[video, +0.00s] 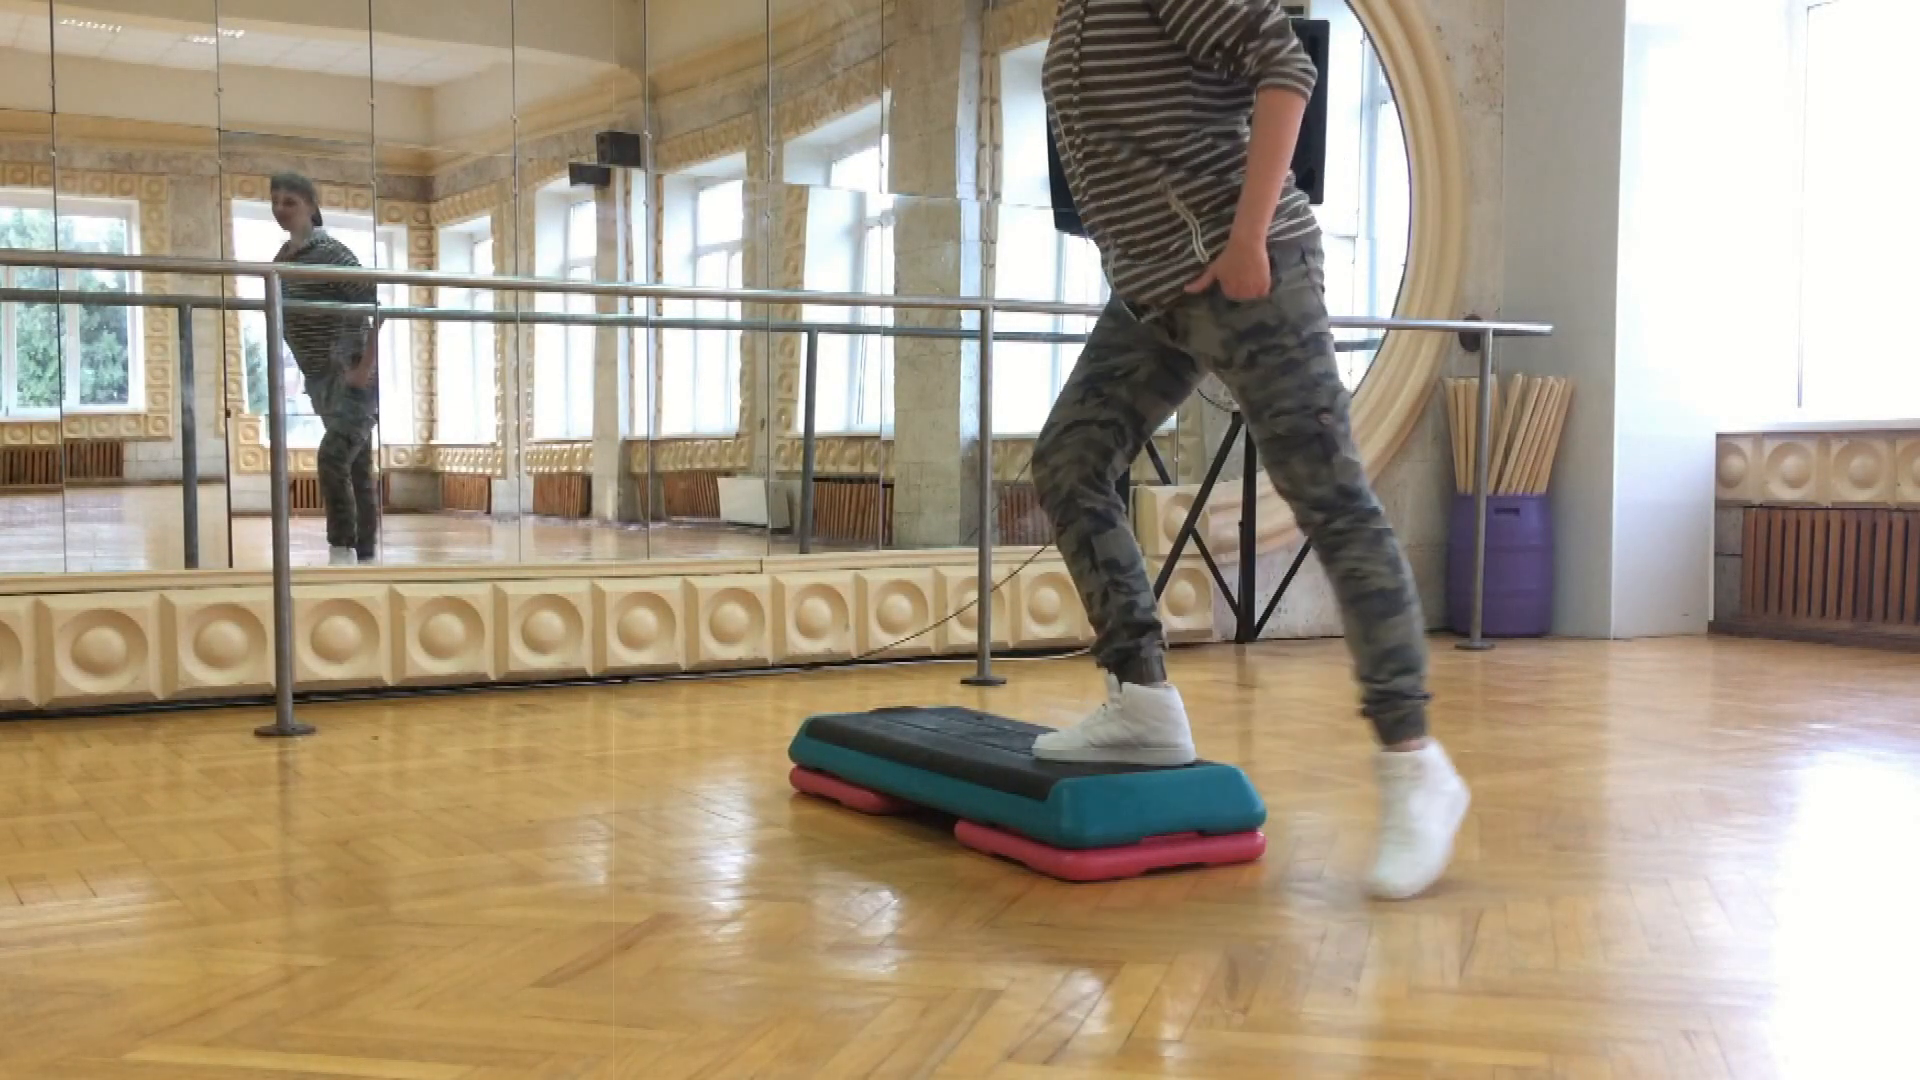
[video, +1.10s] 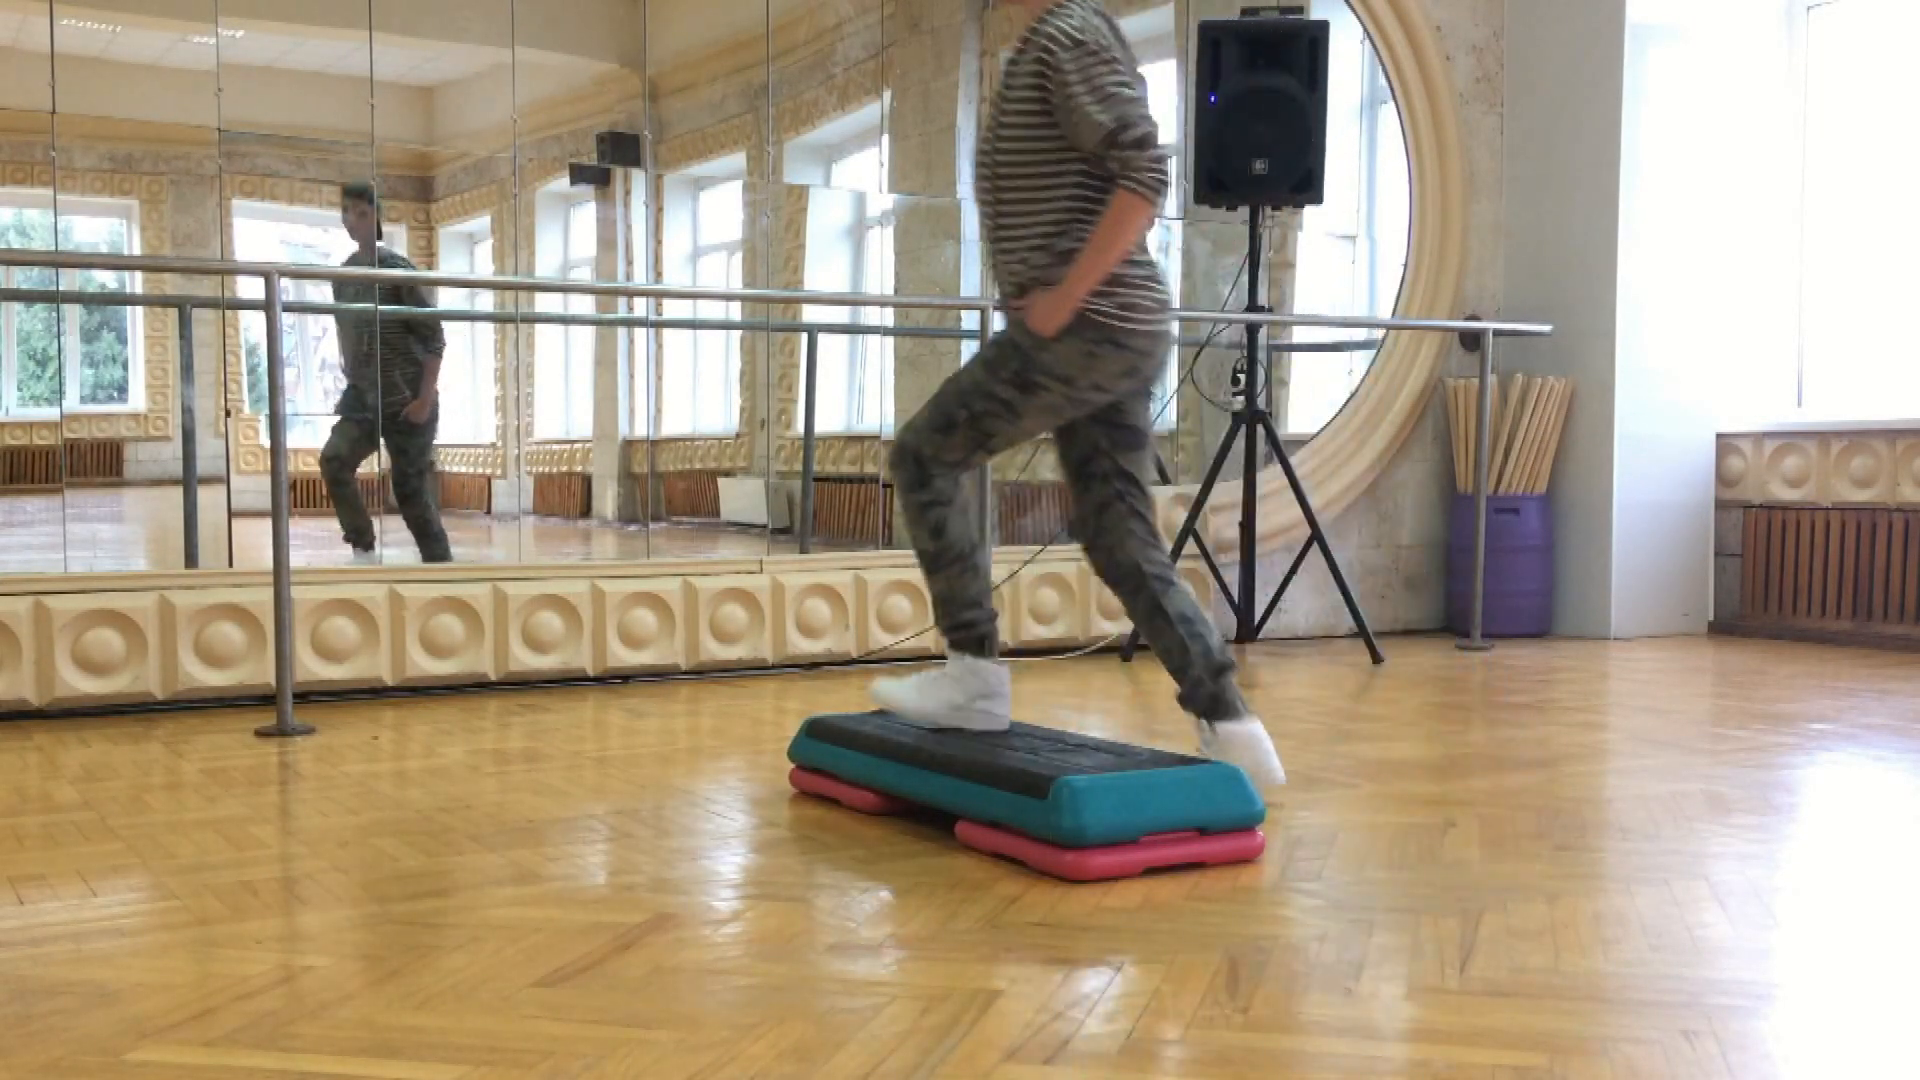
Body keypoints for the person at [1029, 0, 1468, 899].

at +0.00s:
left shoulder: (1174, 3)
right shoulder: (1068, 24)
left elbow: (1287, 68)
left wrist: (1249, 235)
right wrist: (1142, 252)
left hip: (1249, 266)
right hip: (1149, 291)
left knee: (1330, 496)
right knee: (1071, 465)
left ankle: (1413, 763)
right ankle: (1144, 704)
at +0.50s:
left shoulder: (1242, 48)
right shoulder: (1190, 63)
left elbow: (1333, 196)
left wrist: (1322, 355)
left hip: (1314, 349)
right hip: (1228, 349)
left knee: (1398, 556)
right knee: (1088, 447)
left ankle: (1499, 752)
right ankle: (1146, 660)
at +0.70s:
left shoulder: (1231, 61)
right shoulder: (1188, 72)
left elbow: (1305, 211)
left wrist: (1279, 360)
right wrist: (1204, 351)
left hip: (1284, 360)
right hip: (1211, 367)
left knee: (1365, 563)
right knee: (1126, 527)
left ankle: (1496, 750)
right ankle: (1225, 732)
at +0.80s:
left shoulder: (1196, 61)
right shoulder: (1165, 65)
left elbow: (1262, 215)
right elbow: (1202, 221)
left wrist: (1219, 361)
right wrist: (1167, 349)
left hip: (1234, 369)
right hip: (1185, 371)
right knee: (1151, 554)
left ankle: (1425, 698)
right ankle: (1244, 751)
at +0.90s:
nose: (1074, 2)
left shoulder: (1161, 63)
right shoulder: (1144, 60)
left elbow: (1229, 214)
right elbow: (1198, 215)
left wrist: (1165, 345)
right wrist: (1136, 335)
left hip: (1198, 359)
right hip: (1195, 358)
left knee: (1068, 519)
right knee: (1156, 550)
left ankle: (1247, 620)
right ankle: (1245, 751)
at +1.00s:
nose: (1037, 2)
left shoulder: (1122, 57)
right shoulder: (1098, 62)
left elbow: (1208, 196)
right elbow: (1160, 201)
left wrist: (1125, 316)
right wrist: (1101, 305)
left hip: (1154, 340)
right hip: (1158, 343)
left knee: (966, 446)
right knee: (1131, 553)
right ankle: (1242, 742)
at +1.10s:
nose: (987, 3)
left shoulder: (1069, 32)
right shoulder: (1041, 43)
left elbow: (1142, 178)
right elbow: (1106, 182)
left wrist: (1065, 294)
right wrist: (1039, 286)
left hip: (1096, 322)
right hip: (1109, 325)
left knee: (928, 452)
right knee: (1117, 532)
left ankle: (973, 672)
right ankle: (1232, 727)